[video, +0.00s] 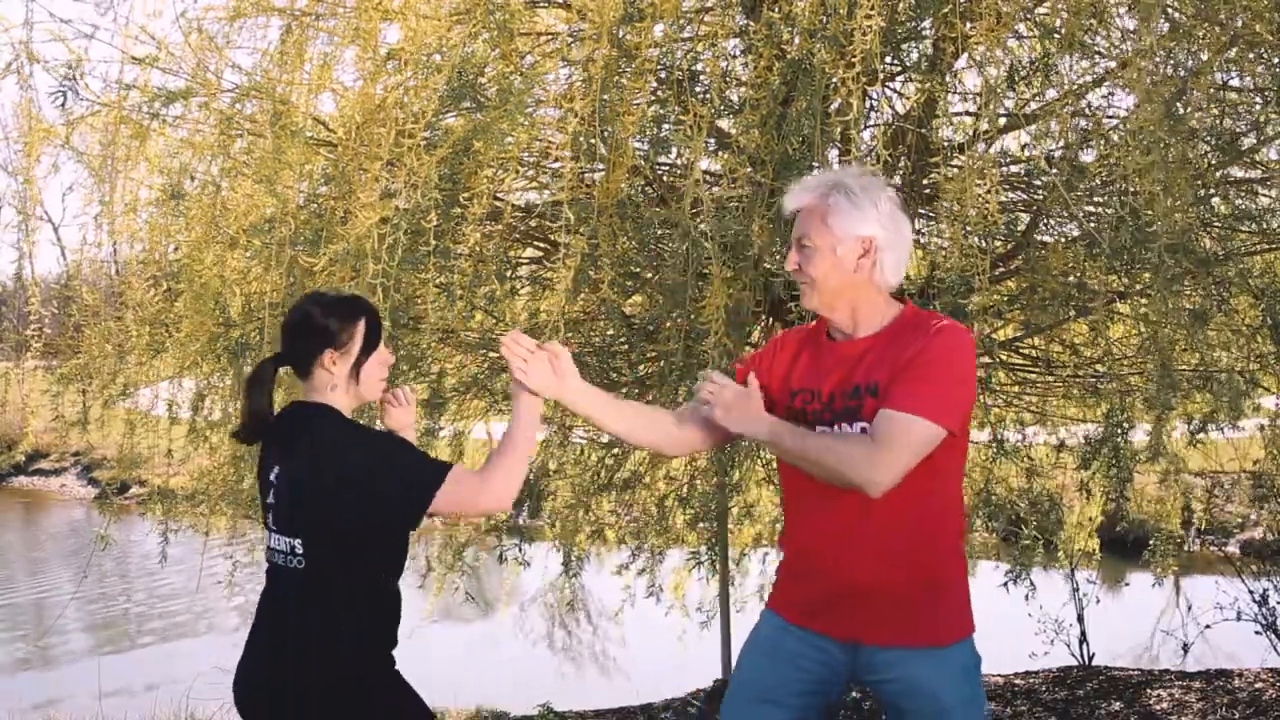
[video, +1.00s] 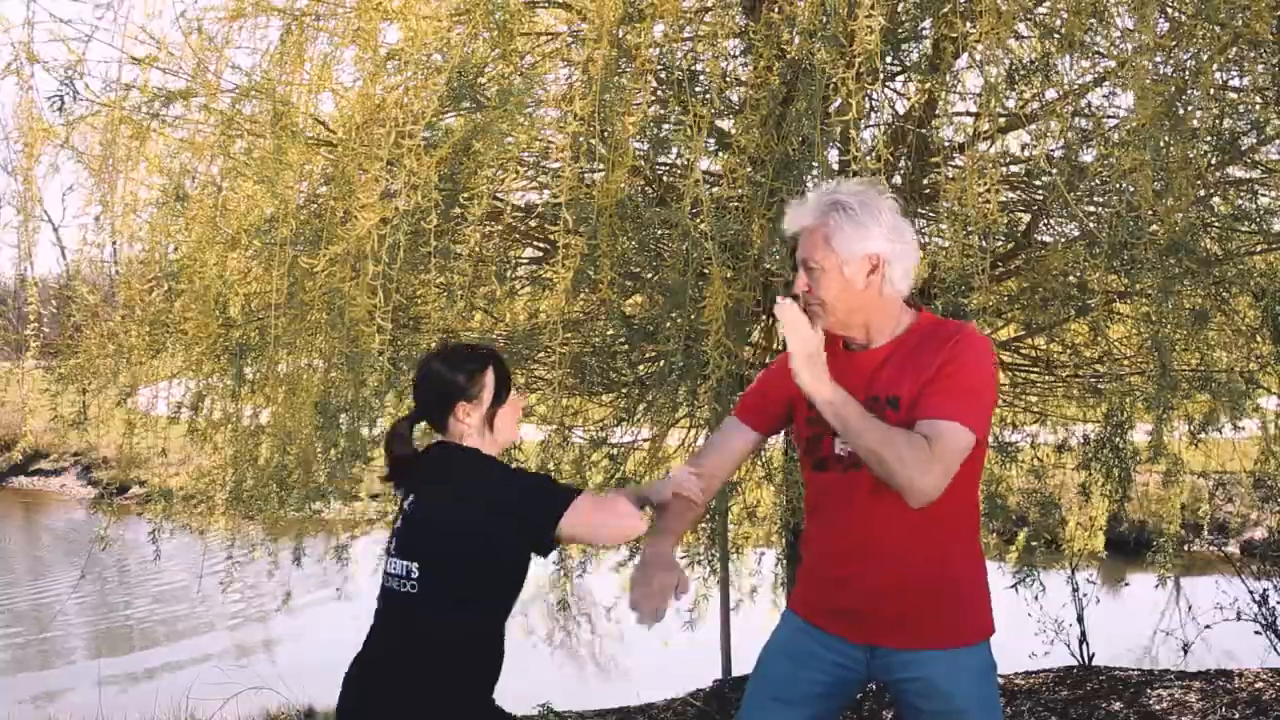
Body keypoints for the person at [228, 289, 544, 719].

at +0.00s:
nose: (390, 357)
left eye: (384, 344)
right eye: (378, 345)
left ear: (324, 365)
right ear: (333, 362)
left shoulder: (283, 432)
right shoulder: (359, 452)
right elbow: (493, 493)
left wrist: (400, 437)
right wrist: (529, 398)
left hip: (267, 682)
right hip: (348, 689)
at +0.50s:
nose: (431, 382)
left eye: (428, 368)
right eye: (424, 368)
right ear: (382, 372)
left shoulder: (312, 446)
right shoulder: (407, 454)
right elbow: (539, 499)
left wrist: (436, 432)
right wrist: (504, 436)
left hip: (300, 687)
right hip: (390, 688)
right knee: (482, 712)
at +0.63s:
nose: (464, 415)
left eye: (461, 399)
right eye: (456, 399)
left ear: (394, 401)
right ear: (413, 402)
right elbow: (579, 516)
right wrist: (686, 536)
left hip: (322, 694)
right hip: (414, 694)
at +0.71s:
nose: (472, 434)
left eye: (471, 420)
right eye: (466, 419)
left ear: (403, 417)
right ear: (425, 417)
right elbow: (581, 550)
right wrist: (682, 579)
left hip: (324, 698)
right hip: (418, 700)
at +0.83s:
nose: (488, 437)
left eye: (486, 424)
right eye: (481, 424)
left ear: (424, 430)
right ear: (438, 431)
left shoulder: (356, 491)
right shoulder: (463, 499)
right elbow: (585, 572)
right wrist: (682, 618)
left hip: (326, 699)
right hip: (415, 702)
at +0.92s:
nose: (496, 427)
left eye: (493, 415)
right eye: (487, 416)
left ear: (434, 426)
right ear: (446, 424)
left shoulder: (383, 483)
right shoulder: (473, 495)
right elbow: (606, 549)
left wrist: (533, 486)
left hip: (336, 701)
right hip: (423, 705)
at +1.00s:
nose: (522, 401)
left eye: (514, 390)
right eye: (508, 392)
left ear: (462, 416)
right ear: (466, 414)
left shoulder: (428, 473)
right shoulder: (496, 487)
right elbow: (618, 523)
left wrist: (649, 493)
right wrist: (649, 495)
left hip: (370, 695)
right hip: (447, 702)